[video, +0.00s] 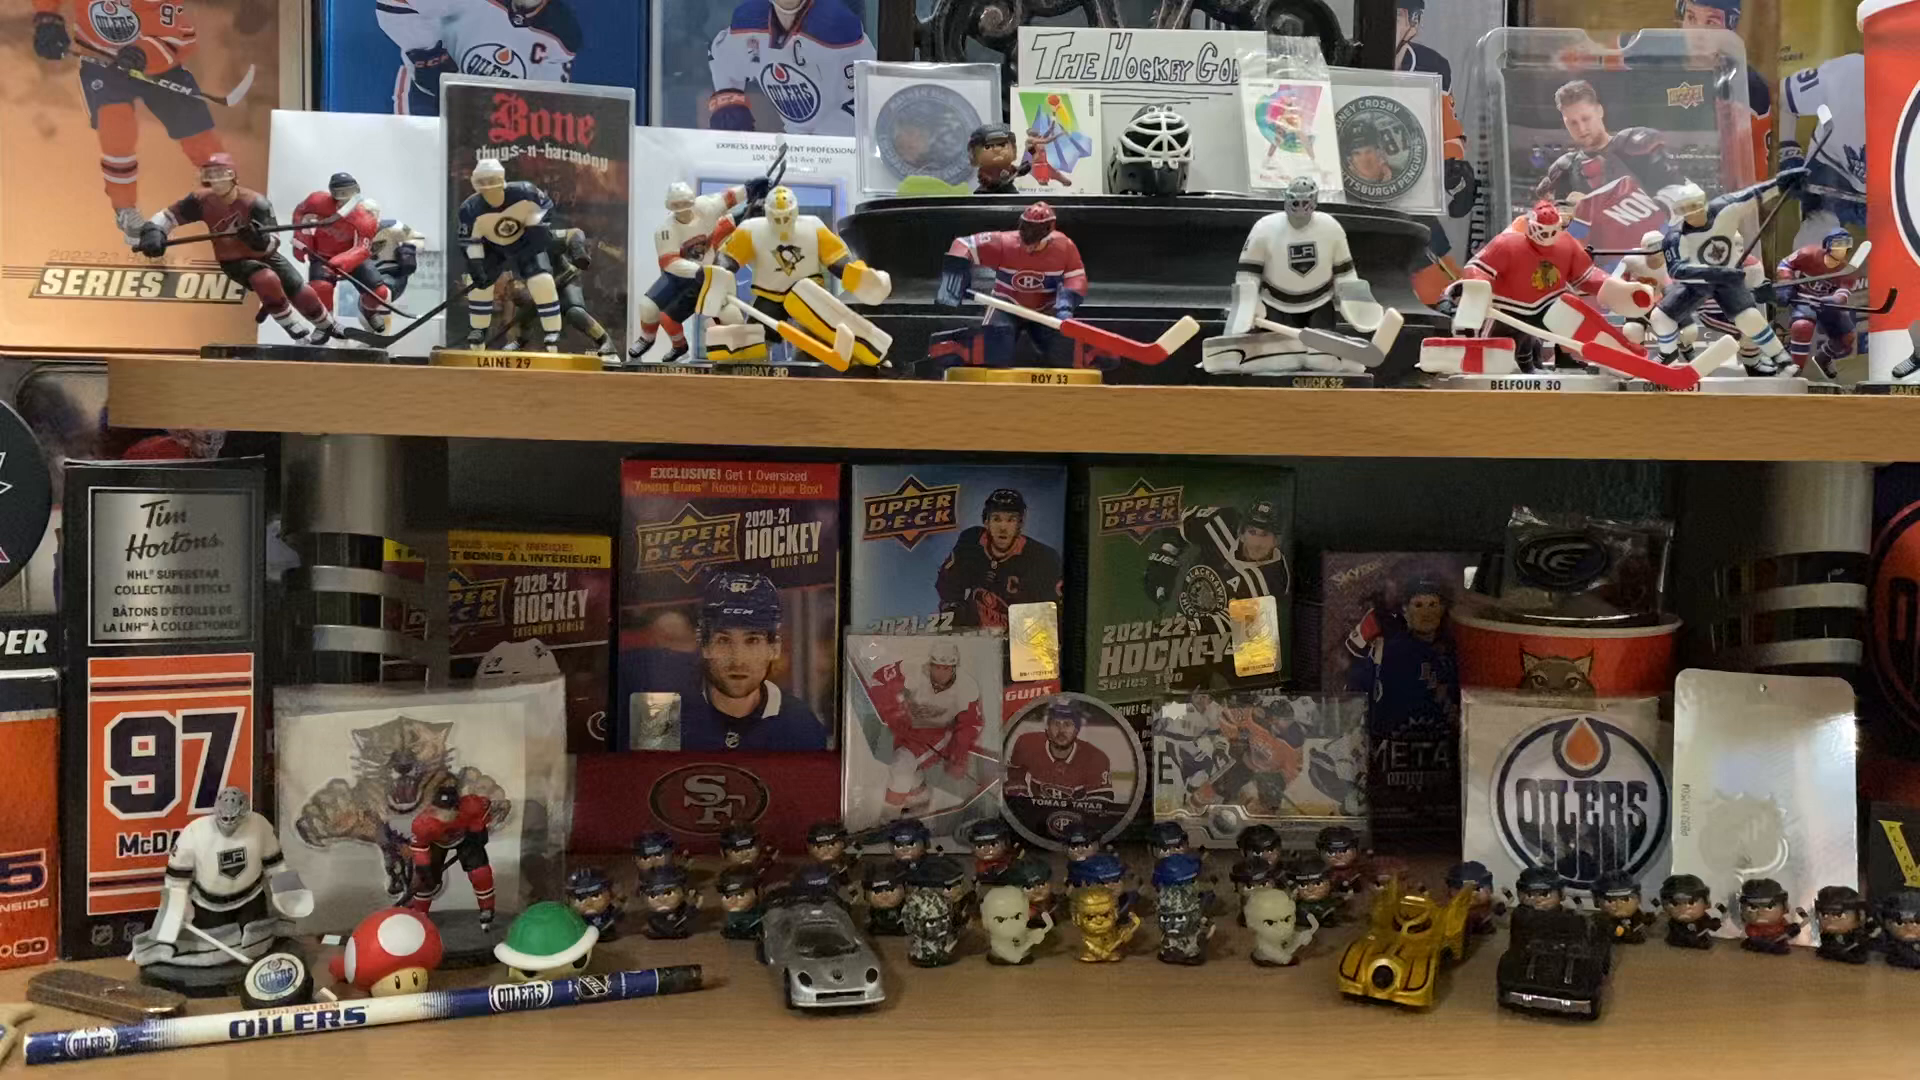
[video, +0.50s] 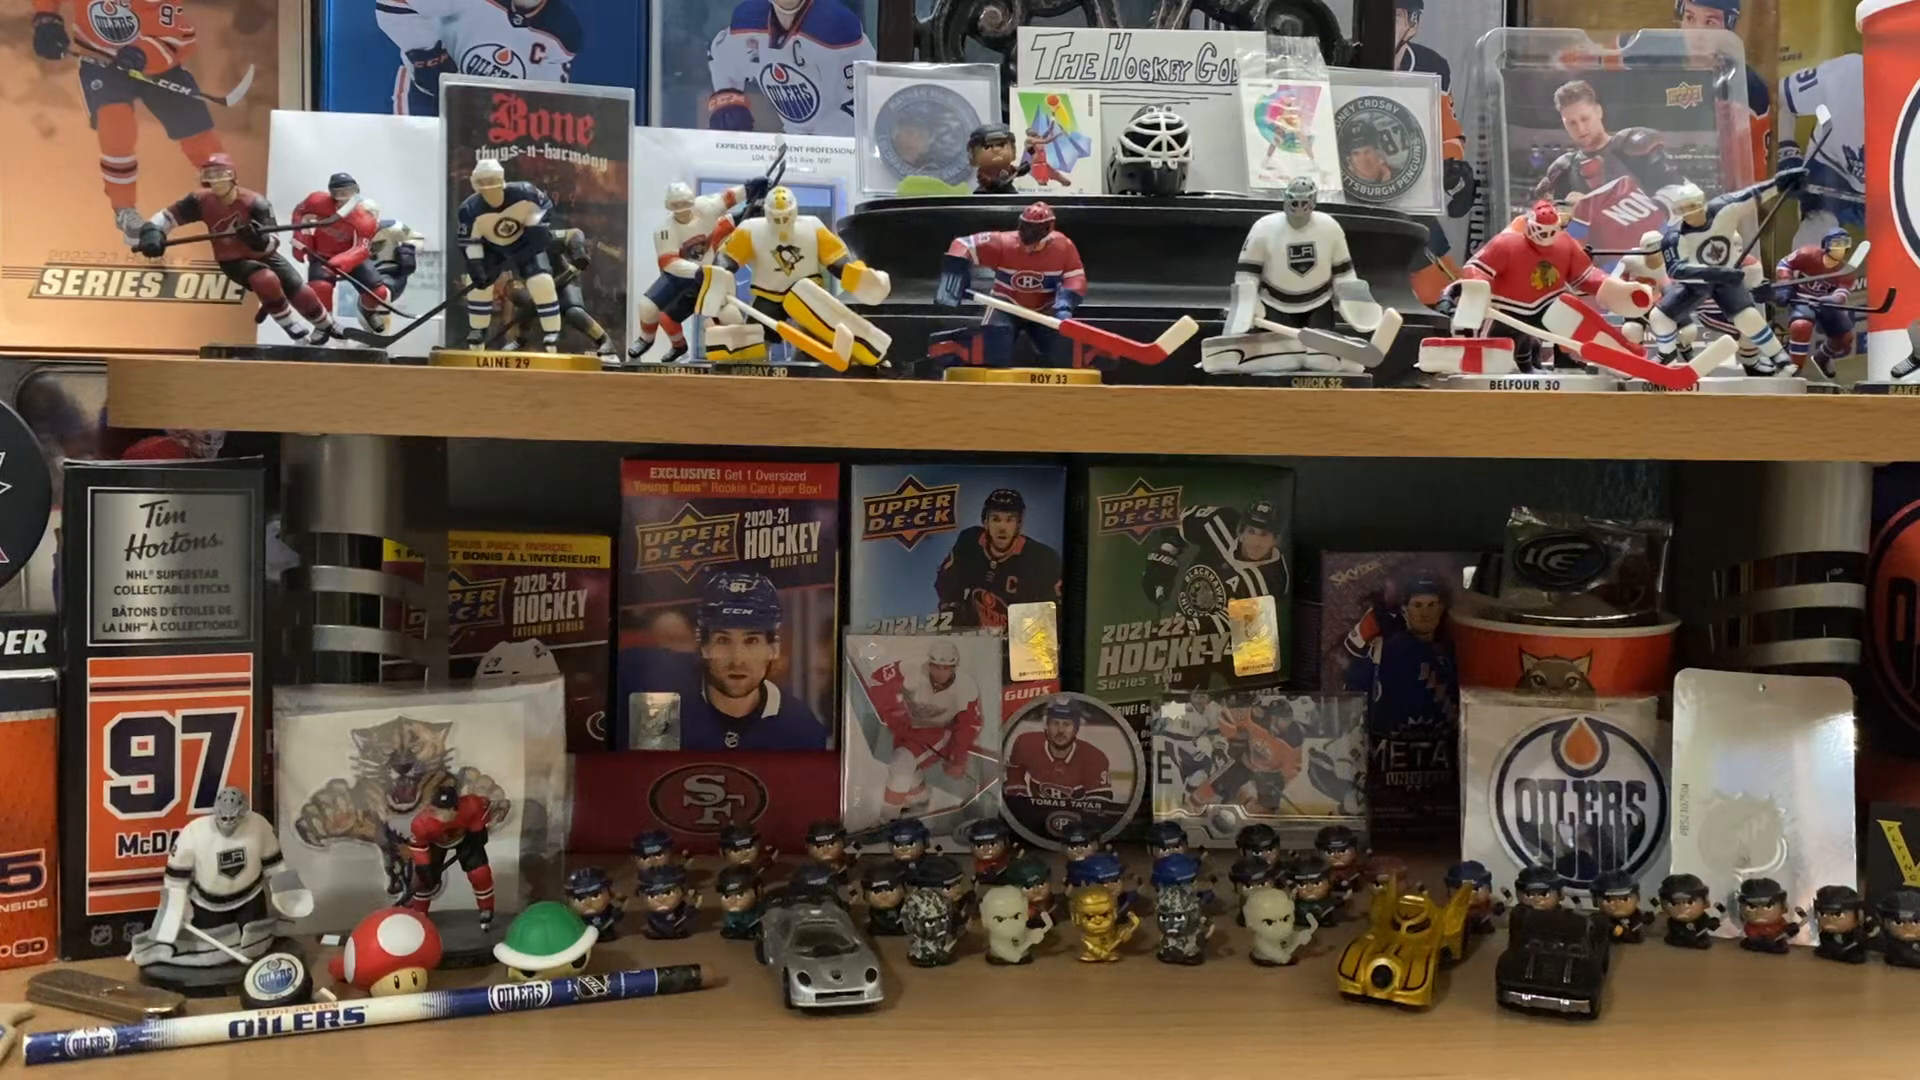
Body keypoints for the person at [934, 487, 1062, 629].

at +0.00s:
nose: (1003, 527)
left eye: (1010, 520)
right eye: (997, 520)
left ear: (1020, 524)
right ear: (986, 522)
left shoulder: (1043, 558)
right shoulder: (969, 542)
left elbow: (1050, 604)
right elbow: (945, 580)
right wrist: (952, 606)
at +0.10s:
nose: (1003, 527)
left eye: (1010, 520)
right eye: (996, 520)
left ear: (1019, 524)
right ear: (986, 522)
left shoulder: (1042, 558)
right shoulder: (969, 541)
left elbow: (1050, 605)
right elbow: (946, 578)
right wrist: (951, 605)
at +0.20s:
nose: (1003, 527)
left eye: (1010, 520)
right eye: (996, 520)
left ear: (1019, 524)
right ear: (986, 522)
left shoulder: (1042, 559)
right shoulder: (969, 542)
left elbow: (1050, 605)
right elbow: (946, 578)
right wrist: (951, 605)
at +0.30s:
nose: (1003, 527)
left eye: (1009, 520)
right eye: (996, 519)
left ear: (1019, 524)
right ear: (985, 522)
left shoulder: (1043, 559)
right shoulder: (969, 541)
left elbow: (1051, 605)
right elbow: (946, 577)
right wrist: (951, 606)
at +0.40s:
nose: (1003, 527)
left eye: (1009, 520)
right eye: (996, 519)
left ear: (1019, 524)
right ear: (985, 522)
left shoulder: (1043, 559)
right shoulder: (969, 541)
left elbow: (1051, 605)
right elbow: (946, 577)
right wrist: (951, 606)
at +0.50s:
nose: (1003, 528)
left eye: (1009, 520)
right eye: (996, 520)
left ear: (1019, 524)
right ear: (985, 522)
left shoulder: (1043, 559)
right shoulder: (969, 541)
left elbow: (1050, 606)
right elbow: (946, 577)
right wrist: (950, 606)